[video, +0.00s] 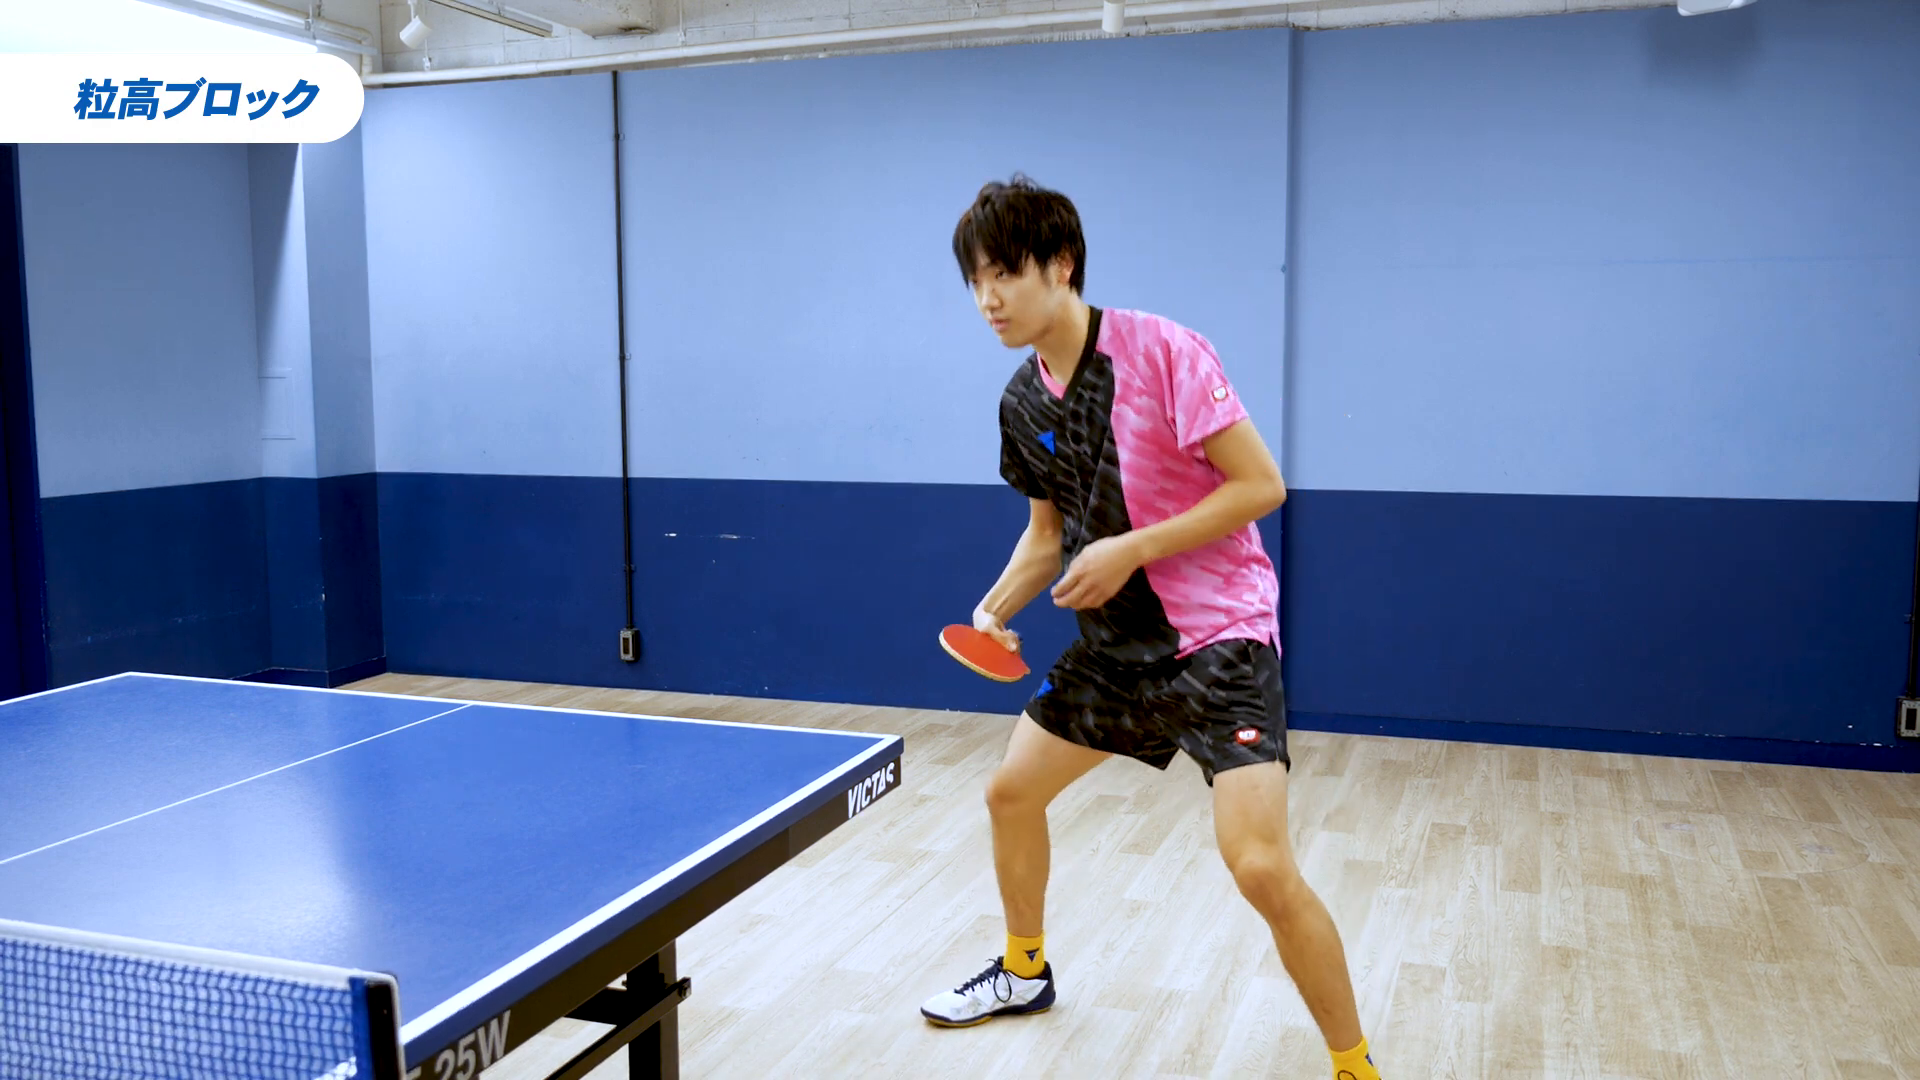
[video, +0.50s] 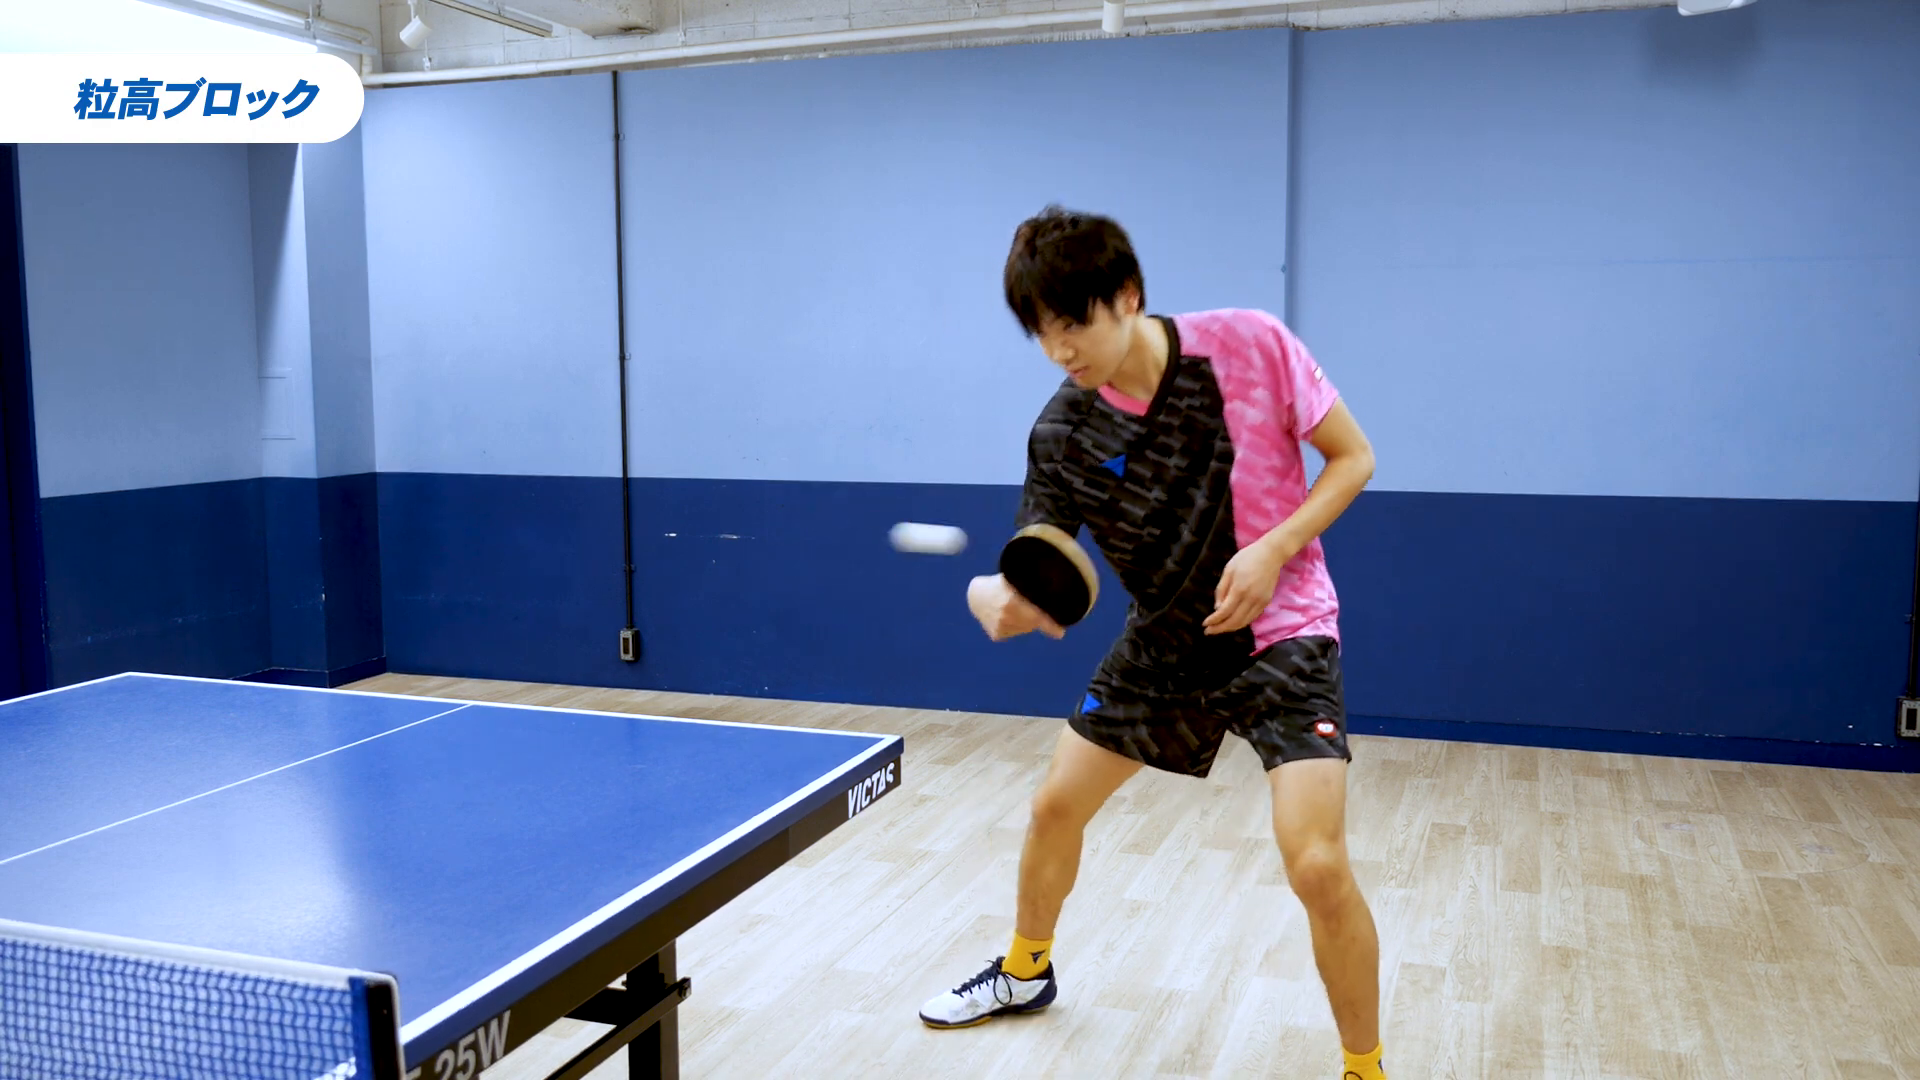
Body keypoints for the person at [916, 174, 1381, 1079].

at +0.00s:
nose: (988, 298)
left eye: (1003, 273)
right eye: (976, 280)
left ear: (1060, 266)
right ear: (970, 286)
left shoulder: (1164, 352)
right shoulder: (1024, 402)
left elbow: (1261, 485)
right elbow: (1046, 535)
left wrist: (1132, 548)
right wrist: (993, 612)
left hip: (1222, 636)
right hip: (1118, 640)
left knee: (1260, 867)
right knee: (1012, 793)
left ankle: (1354, 1064)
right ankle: (1022, 969)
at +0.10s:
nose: (993, 336)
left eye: (1007, 310)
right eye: (980, 318)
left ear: (1065, 299)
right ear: (975, 326)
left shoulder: (1175, 379)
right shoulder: (1033, 427)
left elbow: (1275, 510)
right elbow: (1048, 552)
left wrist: (1151, 578)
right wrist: (991, 623)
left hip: (1234, 650)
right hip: (1130, 652)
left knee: (1259, 881)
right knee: (1005, 801)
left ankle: (1355, 1069)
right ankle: (1023, 971)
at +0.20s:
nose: (1003, 367)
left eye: (1015, 341)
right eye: (989, 350)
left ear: (1072, 321)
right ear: (983, 352)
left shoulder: (1191, 391)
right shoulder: (1037, 445)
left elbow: (1297, 516)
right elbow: (1042, 565)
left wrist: (1179, 598)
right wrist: (996, 613)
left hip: (1246, 654)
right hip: (1138, 659)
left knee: (1268, 887)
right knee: (1008, 808)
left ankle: (1356, 1068)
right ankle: (1023, 972)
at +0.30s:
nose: (1016, 382)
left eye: (1028, 355)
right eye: (1000, 365)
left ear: (1083, 329)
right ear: (994, 363)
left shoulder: (1208, 387)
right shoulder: (1044, 450)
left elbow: (1319, 505)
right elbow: (1036, 578)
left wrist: (1213, 593)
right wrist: (1001, 604)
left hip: (1260, 650)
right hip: (1149, 656)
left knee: (1281, 884)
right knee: (1021, 813)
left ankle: (1358, 1069)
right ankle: (1024, 973)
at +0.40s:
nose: (1035, 380)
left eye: (1047, 354)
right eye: (1019, 364)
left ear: (1101, 325)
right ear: (1011, 362)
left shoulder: (1229, 370)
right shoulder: (1052, 443)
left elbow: (1337, 485)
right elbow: (1052, 584)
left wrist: (1247, 577)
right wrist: (1022, 591)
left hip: (1272, 644)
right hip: (1151, 650)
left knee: (1299, 876)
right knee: (1038, 814)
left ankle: (1361, 1067)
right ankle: (1025, 973)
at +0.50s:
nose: (1059, 352)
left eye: (1072, 326)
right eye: (1041, 335)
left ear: (1128, 299)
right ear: (1028, 333)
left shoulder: (1251, 345)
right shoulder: (1064, 436)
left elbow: (1352, 457)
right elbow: (1047, 580)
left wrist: (1274, 550)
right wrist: (1009, 602)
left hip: (1284, 630)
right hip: (1163, 637)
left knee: (1316, 866)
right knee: (1055, 807)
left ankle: (1363, 1067)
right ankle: (1025, 970)